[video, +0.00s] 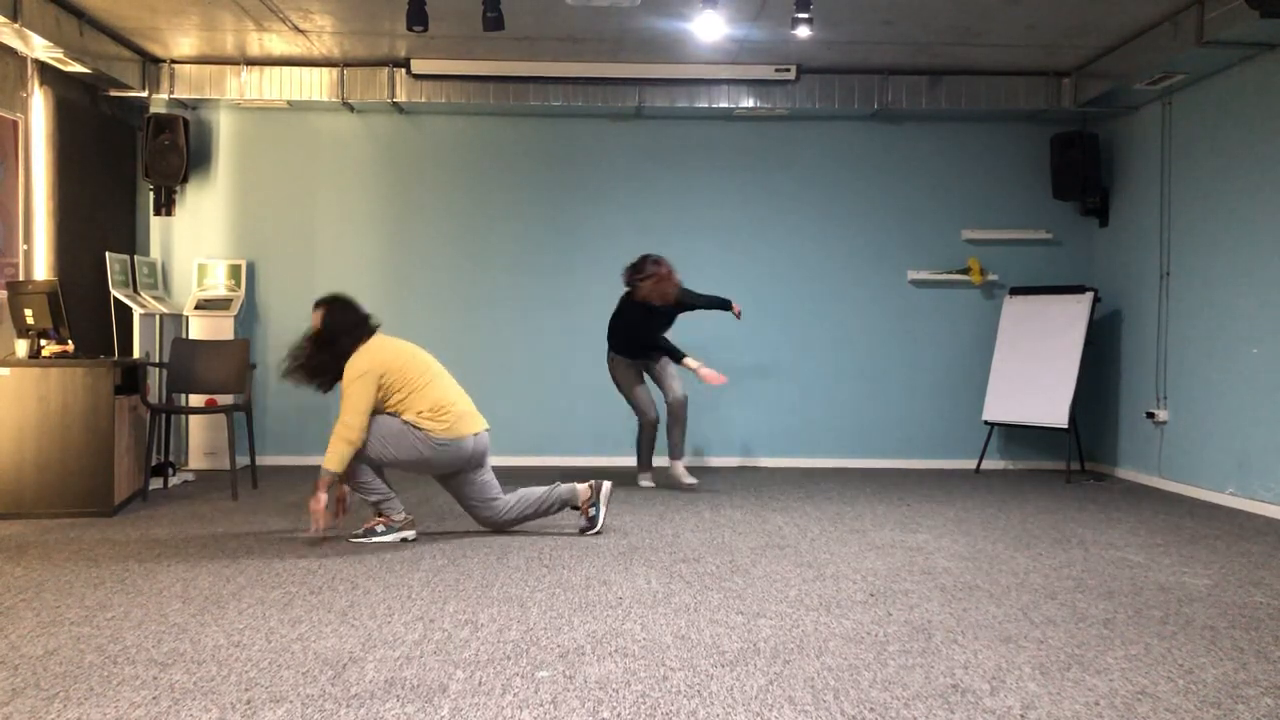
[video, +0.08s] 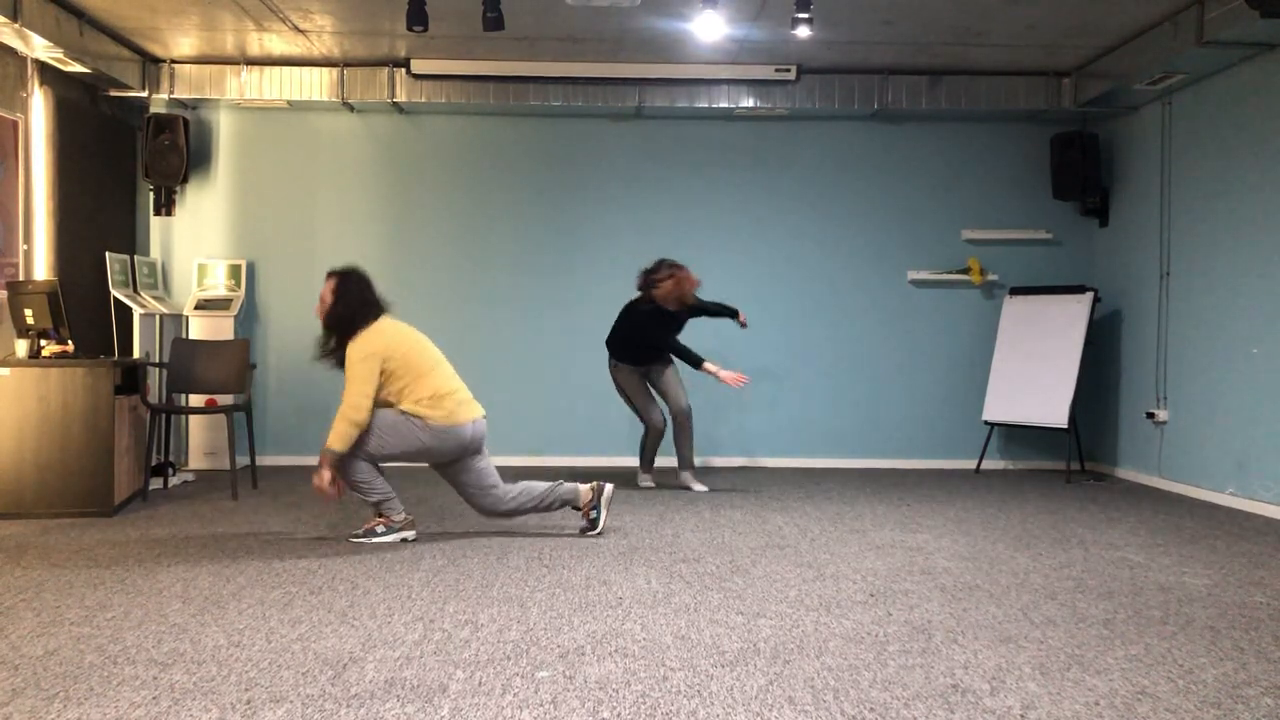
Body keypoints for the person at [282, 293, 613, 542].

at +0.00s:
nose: (313, 334)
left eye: (317, 327)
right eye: (314, 326)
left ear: (336, 331)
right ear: (354, 326)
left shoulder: (362, 363)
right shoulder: (386, 349)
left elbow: (347, 429)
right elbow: (368, 426)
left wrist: (323, 486)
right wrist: (343, 483)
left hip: (439, 441)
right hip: (469, 437)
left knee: (347, 443)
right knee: (496, 513)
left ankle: (393, 519)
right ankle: (582, 494)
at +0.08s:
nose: (318, 308)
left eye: (323, 301)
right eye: (320, 299)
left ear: (343, 304)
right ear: (359, 301)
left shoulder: (364, 343)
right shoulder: (389, 329)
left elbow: (354, 410)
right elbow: (369, 405)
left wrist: (327, 460)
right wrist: (335, 461)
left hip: (439, 427)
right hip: (468, 424)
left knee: (342, 442)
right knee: (493, 500)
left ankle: (393, 517)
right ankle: (584, 495)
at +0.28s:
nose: (315, 202)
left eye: (324, 199)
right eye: (321, 196)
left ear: (340, 214)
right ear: (353, 217)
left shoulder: (341, 262)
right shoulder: (371, 255)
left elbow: (339, 322)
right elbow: (354, 322)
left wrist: (304, 357)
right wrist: (312, 355)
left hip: (394, 367)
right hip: (422, 360)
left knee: (337, 442)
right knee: (443, 443)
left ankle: (392, 516)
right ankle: (531, 473)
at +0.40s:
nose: (312, 160)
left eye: (322, 155)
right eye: (319, 152)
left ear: (338, 173)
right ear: (350, 177)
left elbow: (301, 279)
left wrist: (265, 294)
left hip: (356, 344)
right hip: (387, 338)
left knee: (340, 437)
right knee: (366, 426)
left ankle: (391, 513)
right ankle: (430, 476)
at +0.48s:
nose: (309, 144)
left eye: (318, 140)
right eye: (315, 137)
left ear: (334, 157)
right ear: (345, 161)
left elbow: (290, 259)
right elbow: (323, 264)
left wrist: (249, 267)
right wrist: (283, 274)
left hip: (341, 327)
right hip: (366, 322)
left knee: (324, 413)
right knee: (321, 410)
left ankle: (382, 502)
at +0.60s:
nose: (298, 133)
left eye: (307, 131)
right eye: (304, 127)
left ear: (321, 149)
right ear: (334, 156)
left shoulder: (303, 193)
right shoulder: (335, 196)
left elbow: (281, 241)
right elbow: (305, 251)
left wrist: (234, 233)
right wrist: (262, 255)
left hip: (301, 319)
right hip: (326, 316)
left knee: (281, 410)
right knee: (289, 409)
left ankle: (338, 488)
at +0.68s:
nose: (292, 137)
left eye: (302, 135)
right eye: (298, 131)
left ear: (317, 153)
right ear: (326, 160)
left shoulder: (299, 201)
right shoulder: (326, 201)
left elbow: (264, 237)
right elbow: (275, 243)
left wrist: (218, 220)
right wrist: (228, 226)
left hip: (284, 326)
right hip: (309, 326)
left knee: (251, 408)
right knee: (282, 412)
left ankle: (310, 488)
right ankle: (300, 507)